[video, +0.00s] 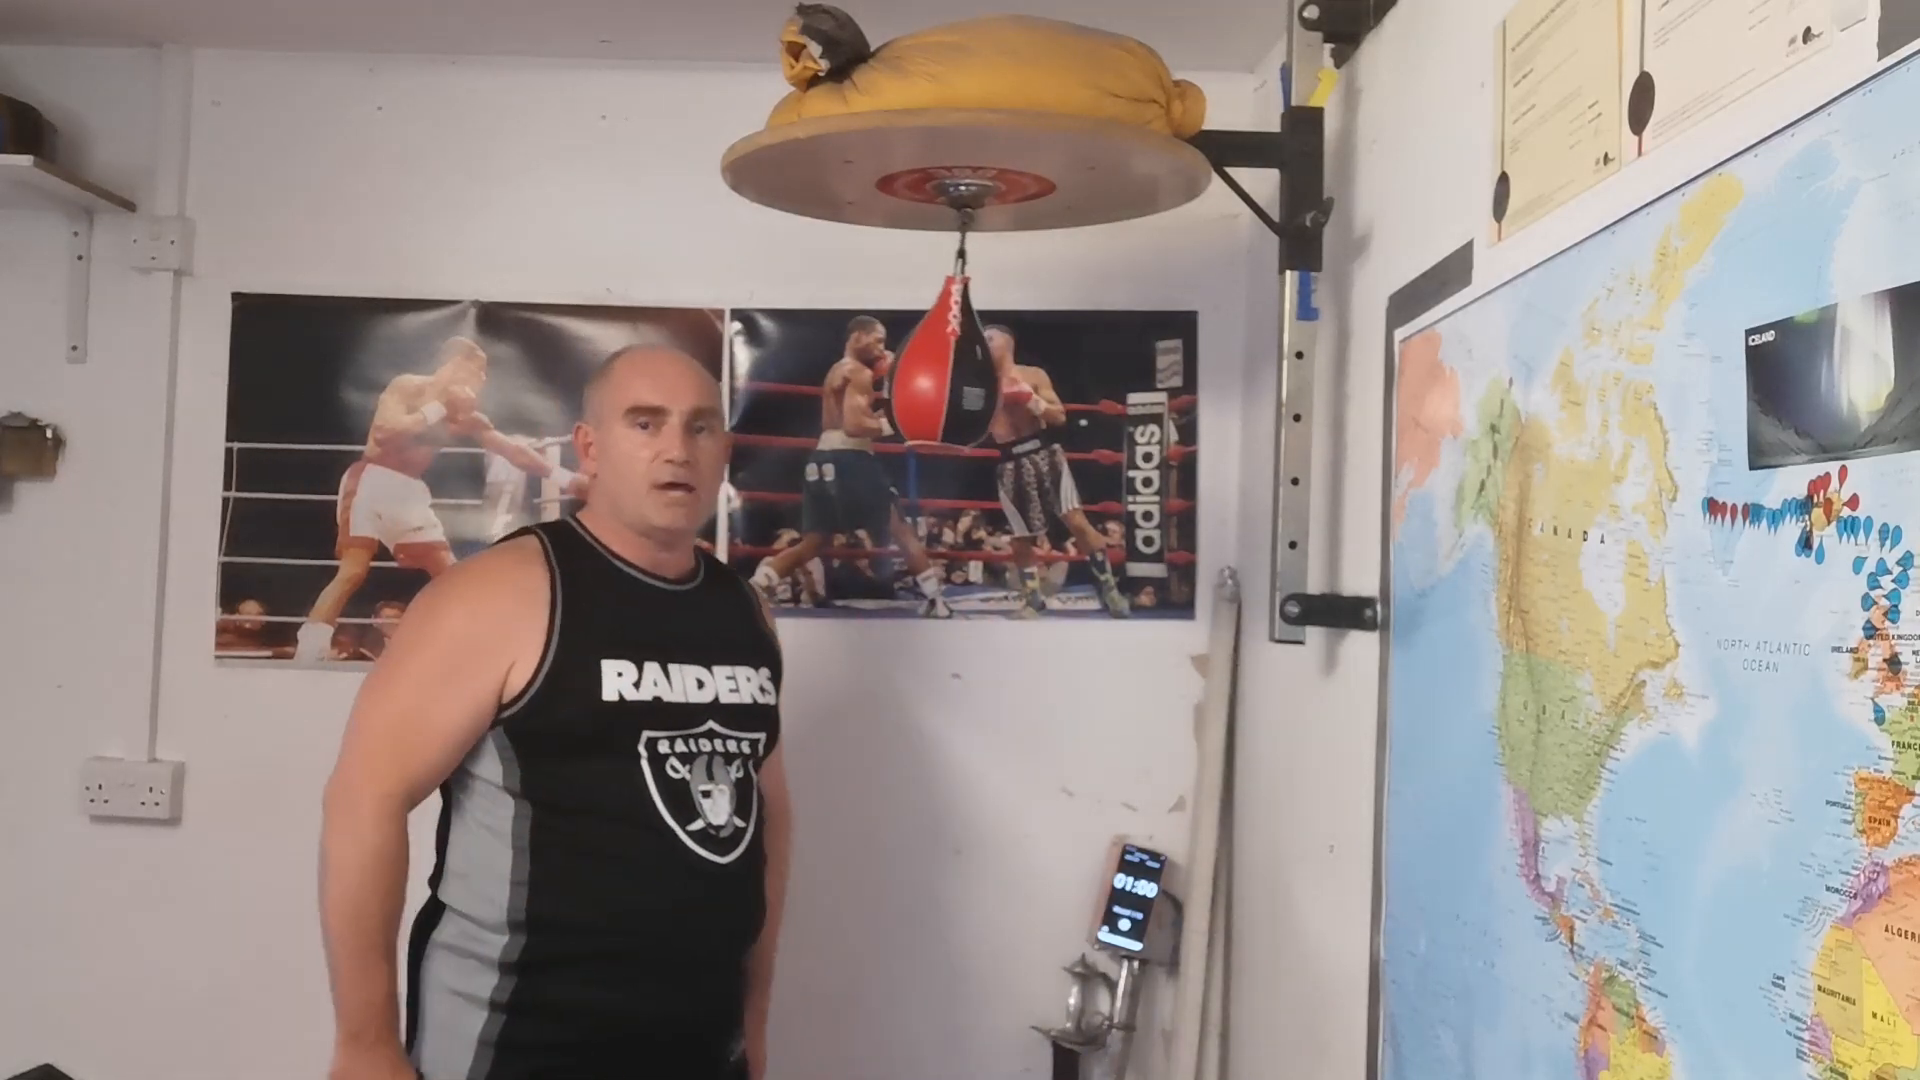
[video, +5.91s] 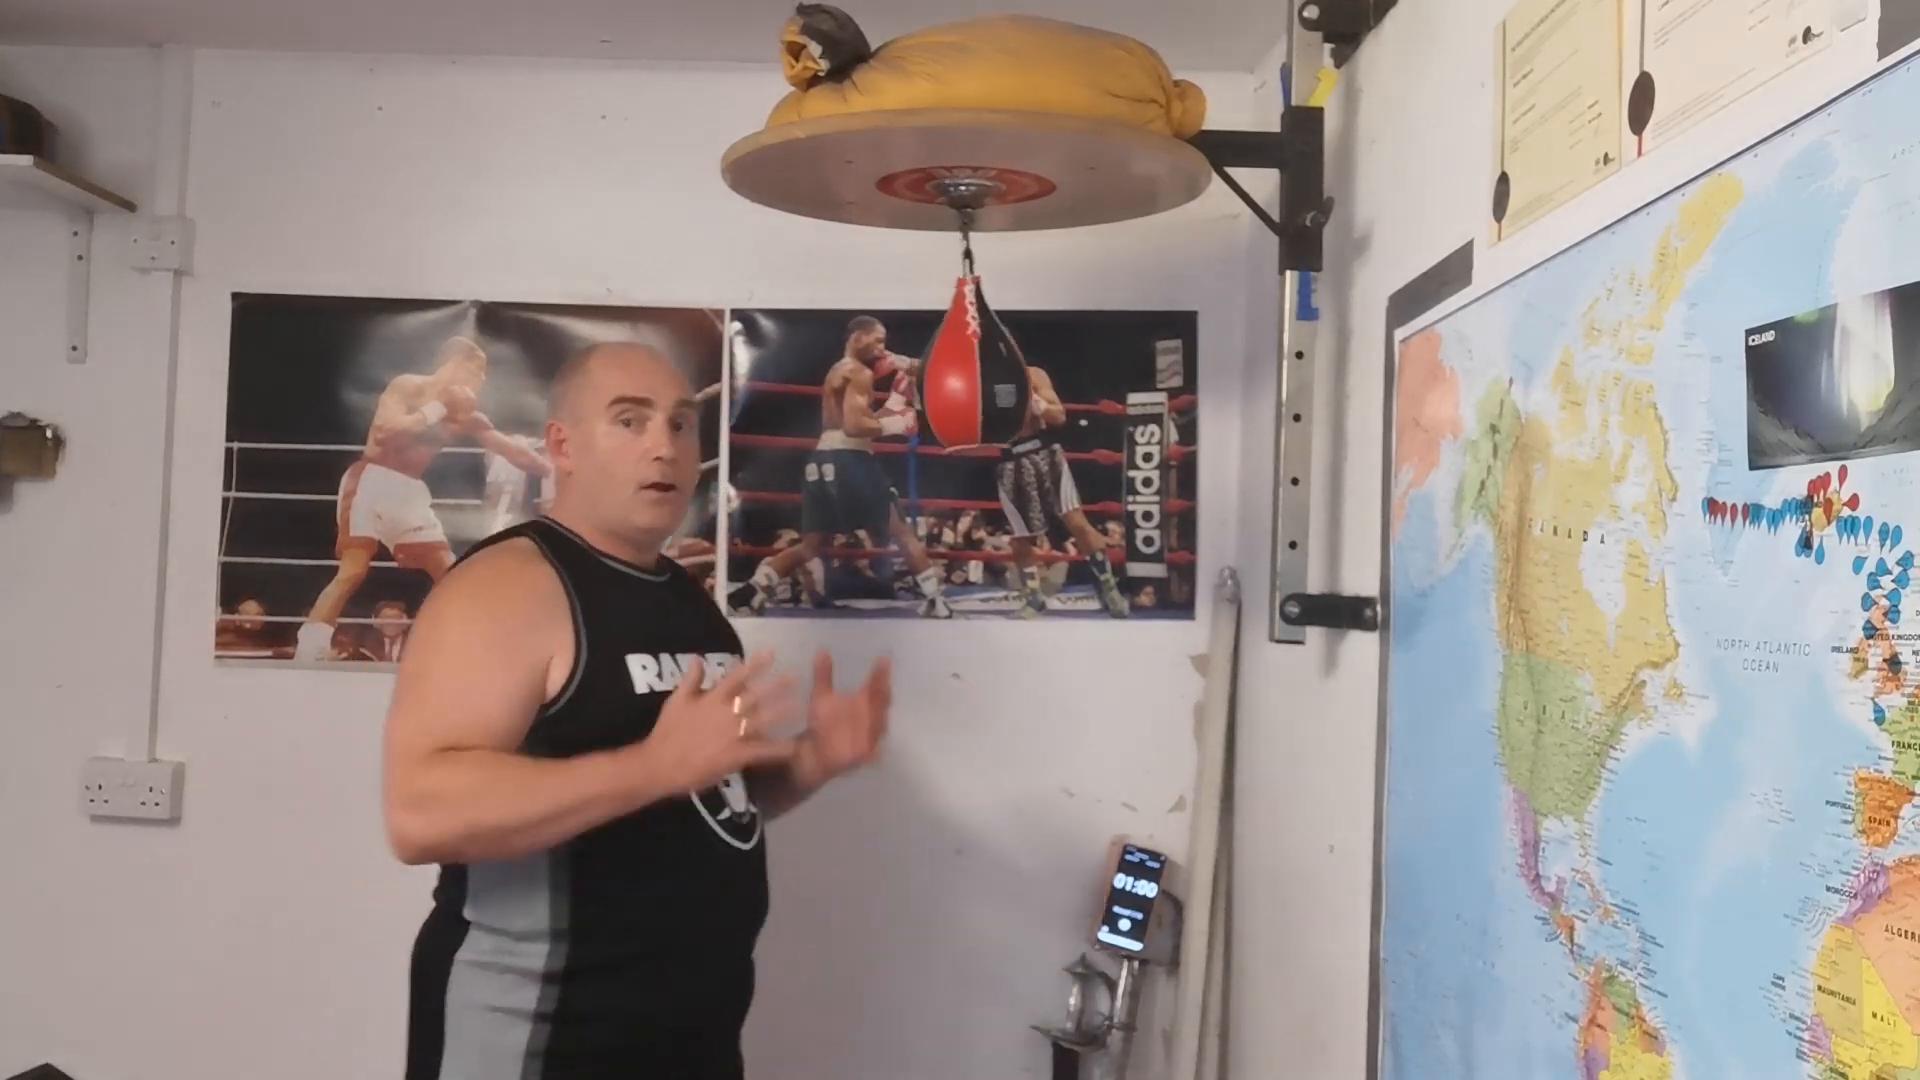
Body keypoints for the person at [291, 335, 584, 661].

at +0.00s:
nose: (476, 386)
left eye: (480, 379)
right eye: (473, 375)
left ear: (476, 382)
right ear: (451, 366)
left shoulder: (464, 415)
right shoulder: (405, 386)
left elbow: (511, 450)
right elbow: (384, 431)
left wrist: (564, 478)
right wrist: (434, 411)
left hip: (409, 493)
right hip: (369, 484)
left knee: (448, 573)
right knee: (353, 571)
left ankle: (464, 652)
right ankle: (307, 652)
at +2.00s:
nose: (474, 385)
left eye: (478, 378)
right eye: (470, 374)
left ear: (478, 382)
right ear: (450, 366)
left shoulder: (464, 416)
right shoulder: (405, 386)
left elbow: (511, 449)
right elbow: (384, 432)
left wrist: (563, 478)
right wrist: (436, 409)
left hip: (409, 492)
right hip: (368, 483)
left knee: (448, 573)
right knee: (353, 570)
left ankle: (460, 653)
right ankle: (306, 650)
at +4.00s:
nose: (475, 383)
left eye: (479, 377)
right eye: (470, 373)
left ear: (479, 382)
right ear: (449, 366)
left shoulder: (465, 416)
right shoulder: (405, 386)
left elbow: (512, 450)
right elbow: (382, 433)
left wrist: (565, 478)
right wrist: (434, 410)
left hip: (408, 493)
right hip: (367, 483)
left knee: (449, 574)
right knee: (353, 571)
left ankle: (458, 655)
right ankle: (306, 650)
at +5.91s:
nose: (477, 383)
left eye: (481, 376)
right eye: (473, 372)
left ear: (476, 379)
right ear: (452, 364)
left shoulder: (463, 409)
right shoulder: (406, 386)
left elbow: (503, 446)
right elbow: (384, 430)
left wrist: (551, 471)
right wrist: (431, 413)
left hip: (411, 493)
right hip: (372, 483)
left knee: (448, 574)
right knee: (351, 572)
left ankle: (459, 653)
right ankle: (307, 647)